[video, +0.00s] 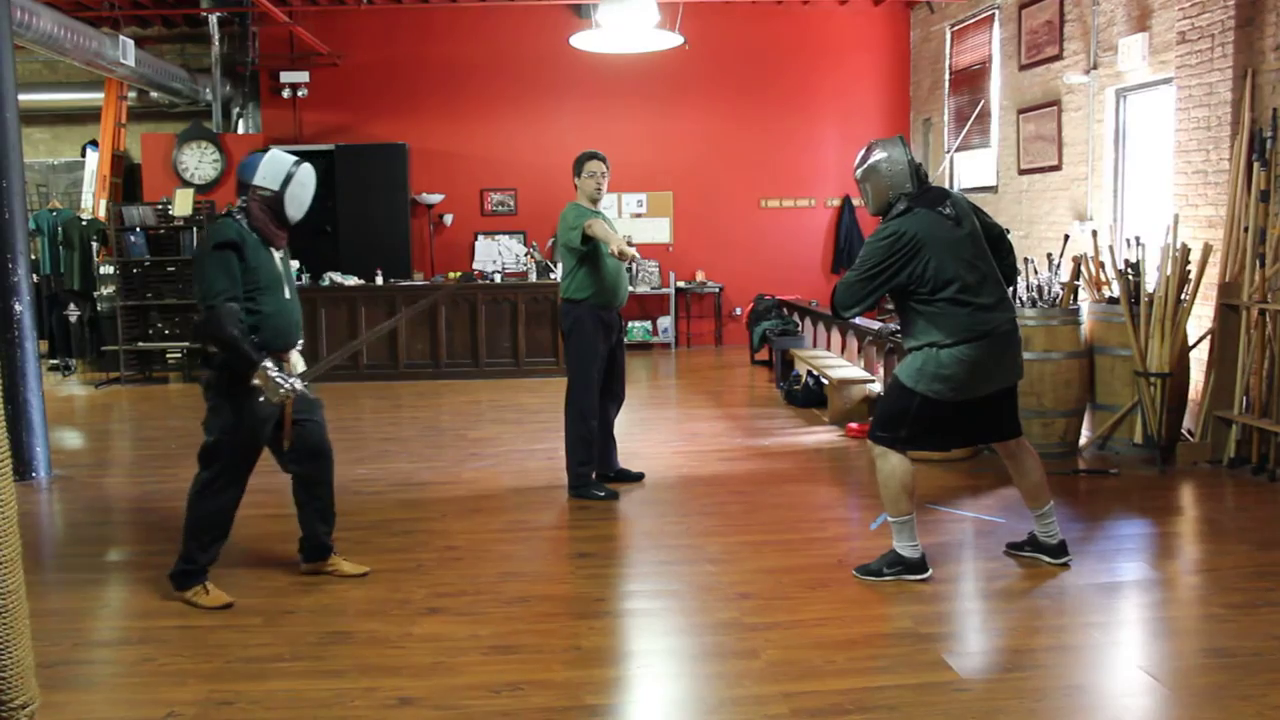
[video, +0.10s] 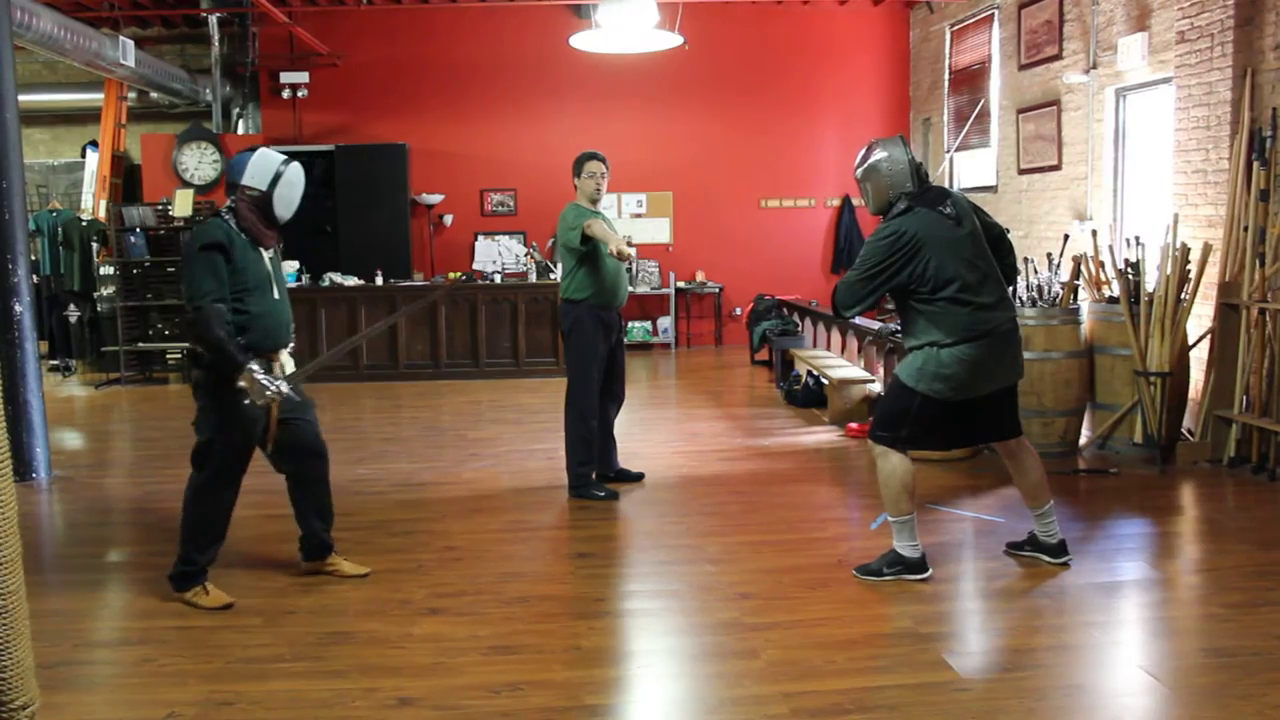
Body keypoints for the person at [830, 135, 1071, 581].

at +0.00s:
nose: (863, 198)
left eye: (865, 188)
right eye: (862, 188)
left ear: (883, 185)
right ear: (911, 177)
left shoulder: (895, 233)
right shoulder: (957, 205)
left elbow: (843, 302)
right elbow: (1003, 249)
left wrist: (882, 275)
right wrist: (992, 297)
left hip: (945, 355)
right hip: (1001, 346)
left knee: (886, 438)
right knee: (1009, 438)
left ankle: (907, 553)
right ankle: (1050, 538)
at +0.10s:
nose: (863, 197)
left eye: (865, 186)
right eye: (862, 187)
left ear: (884, 183)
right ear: (911, 176)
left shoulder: (896, 232)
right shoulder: (958, 204)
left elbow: (844, 302)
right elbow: (1003, 248)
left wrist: (881, 275)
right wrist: (993, 295)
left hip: (946, 354)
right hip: (1002, 345)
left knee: (887, 437)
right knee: (1009, 437)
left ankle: (907, 553)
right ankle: (1050, 538)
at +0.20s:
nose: (865, 196)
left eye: (867, 186)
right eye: (863, 186)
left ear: (885, 183)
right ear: (913, 175)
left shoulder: (897, 233)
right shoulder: (959, 204)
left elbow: (845, 302)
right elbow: (1004, 247)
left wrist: (882, 273)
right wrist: (995, 294)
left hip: (947, 354)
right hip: (1003, 345)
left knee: (887, 437)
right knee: (1010, 438)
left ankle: (907, 553)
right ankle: (1050, 539)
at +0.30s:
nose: (866, 196)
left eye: (867, 186)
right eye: (864, 186)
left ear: (885, 183)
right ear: (914, 175)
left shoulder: (897, 232)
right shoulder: (960, 205)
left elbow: (845, 301)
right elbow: (1004, 246)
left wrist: (883, 273)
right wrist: (995, 293)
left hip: (947, 354)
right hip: (1003, 345)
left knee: (888, 437)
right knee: (1010, 437)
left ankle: (907, 553)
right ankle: (1050, 538)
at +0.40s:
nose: (868, 195)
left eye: (869, 185)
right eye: (867, 185)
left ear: (887, 182)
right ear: (916, 174)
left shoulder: (899, 231)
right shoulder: (960, 204)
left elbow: (846, 301)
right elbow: (1005, 247)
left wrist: (884, 273)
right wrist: (997, 294)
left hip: (948, 353)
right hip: (1003, 345)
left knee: (888, 437)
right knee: (1010, 437)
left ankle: (907, 553)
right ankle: (1050, 539)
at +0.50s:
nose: (869, 195)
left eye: (870, 185)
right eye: (867, 185)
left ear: (888, 182)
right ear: (916, 173)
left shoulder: (901, 230)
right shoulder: (961, 204)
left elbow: (847, 299)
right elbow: (1005, 248)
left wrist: (884, 273)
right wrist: (996, 295)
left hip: (949, 353)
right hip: (1003, 345)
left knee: (889, 437)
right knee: (1010, 437)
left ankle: (908, 553)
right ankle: (1050, 539)